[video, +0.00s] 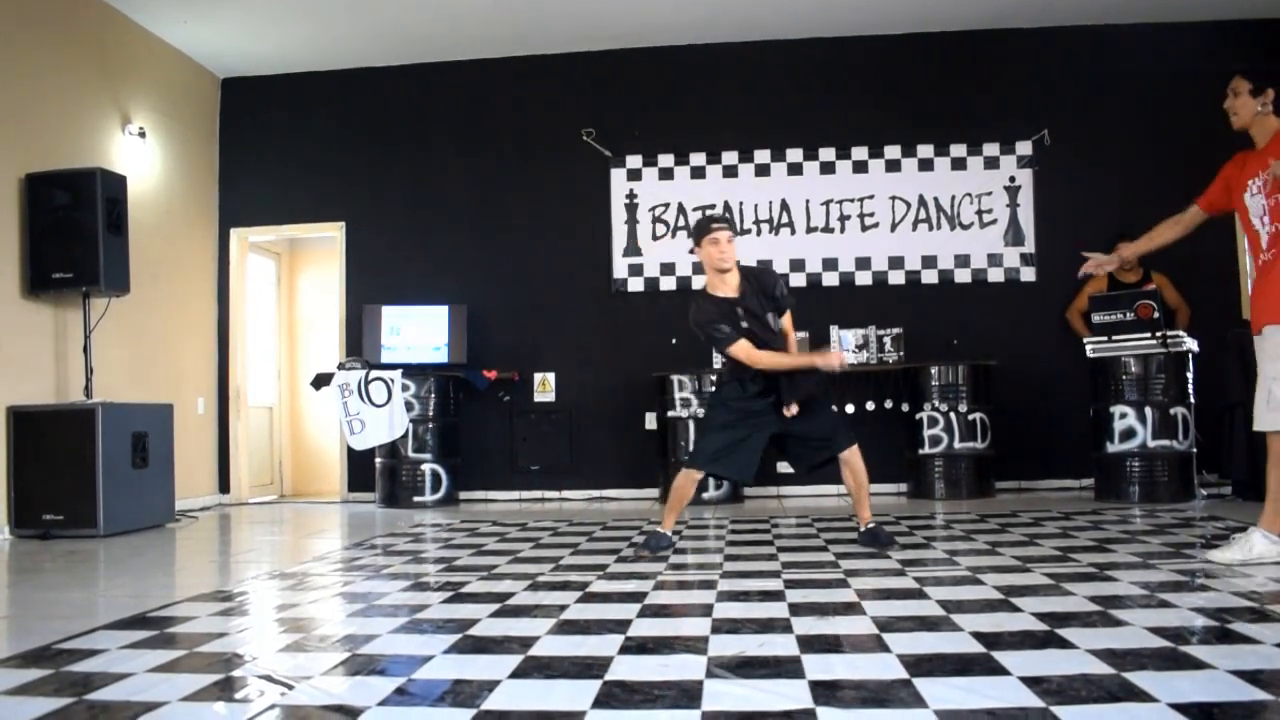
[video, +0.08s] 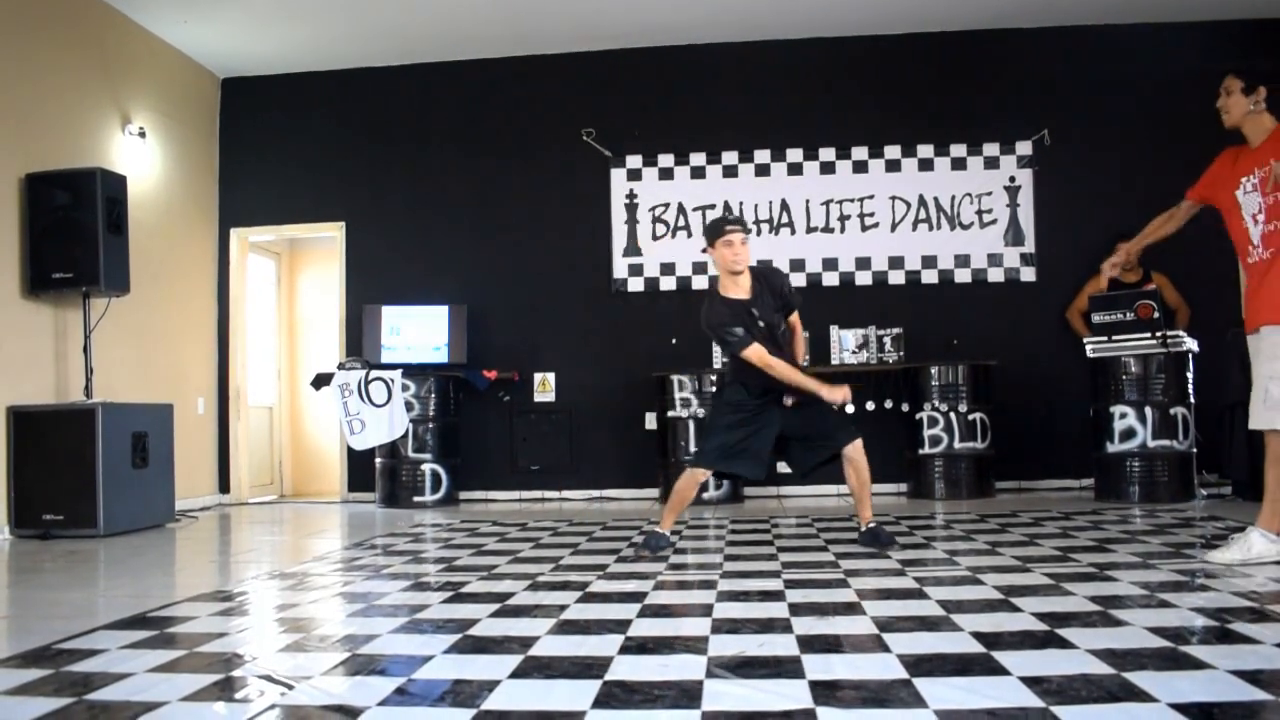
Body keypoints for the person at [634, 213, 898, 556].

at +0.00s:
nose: (724, 248)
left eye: (729, 241)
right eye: (714, 243)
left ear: (737, 247)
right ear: (698, 253)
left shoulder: (765, 280)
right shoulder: (704, 311)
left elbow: (789, 333)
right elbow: (753, 357)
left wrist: (789, 390)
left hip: (788, 383)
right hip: (739, 392)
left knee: (847, 443)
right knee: (697, 463)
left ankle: (867, 524)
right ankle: (664, 529)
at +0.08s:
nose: (738, 251)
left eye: (742, 243)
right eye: (727, 245)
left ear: (748, 247)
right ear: (711, 253)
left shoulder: (770, 278)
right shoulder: (716, 313)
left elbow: (795, 327)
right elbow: (766, 361)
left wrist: (799, 377)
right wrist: (822, 389)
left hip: (788, 393)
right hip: (742, 401)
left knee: (852, 442)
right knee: (702, 466)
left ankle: (867, 524)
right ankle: (662, 529)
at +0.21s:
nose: (757, 253)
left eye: (762, 245)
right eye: (747, 246)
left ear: (769, 248)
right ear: (729, 253)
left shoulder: (785, 283)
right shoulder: (727, 310)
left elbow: (801, 319)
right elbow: (767, 370)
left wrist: (824, 343)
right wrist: (817, 404)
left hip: (797, 393)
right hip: (747, 400)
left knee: (859, 441)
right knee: (704, 467)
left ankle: (867, 524)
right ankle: (660, 530)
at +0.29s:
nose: (781, 248)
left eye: (785, 241)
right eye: (771, 242)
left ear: (791, 246)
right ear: (752, 251)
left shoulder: (805, 286)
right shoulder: (744, 307)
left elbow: (820, 322)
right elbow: (763, 374)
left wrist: (844, 343)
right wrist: (812, 404)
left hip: (812, 401)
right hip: (757, 407)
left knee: (866, 439)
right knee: (707, 465)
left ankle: (869, 525)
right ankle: (659, 530)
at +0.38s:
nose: (820, 222)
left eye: (824, 214)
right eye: (810, 216)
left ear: (829, 220)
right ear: (790, 224)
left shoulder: (835, 271)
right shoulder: (783, 277)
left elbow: (847, 329)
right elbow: (787, 347)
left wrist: (864, 367)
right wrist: (808, 403)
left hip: (823, 378)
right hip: (779, 383)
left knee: (870, 436)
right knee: (752, 461)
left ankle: (870, 524)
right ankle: (685, 515)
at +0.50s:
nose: (850, 217)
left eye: (854, 210)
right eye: (840, 210)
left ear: (859, 216)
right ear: (821, 215)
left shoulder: (860, 267)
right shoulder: (799, 261)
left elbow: (864, 328)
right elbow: (800, 329)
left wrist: (884, 361)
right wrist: (839, 367)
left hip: (837, 360)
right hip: (791, 359)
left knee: (860, 432)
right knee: (841, 396)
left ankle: (869, 524)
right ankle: (787, 456)